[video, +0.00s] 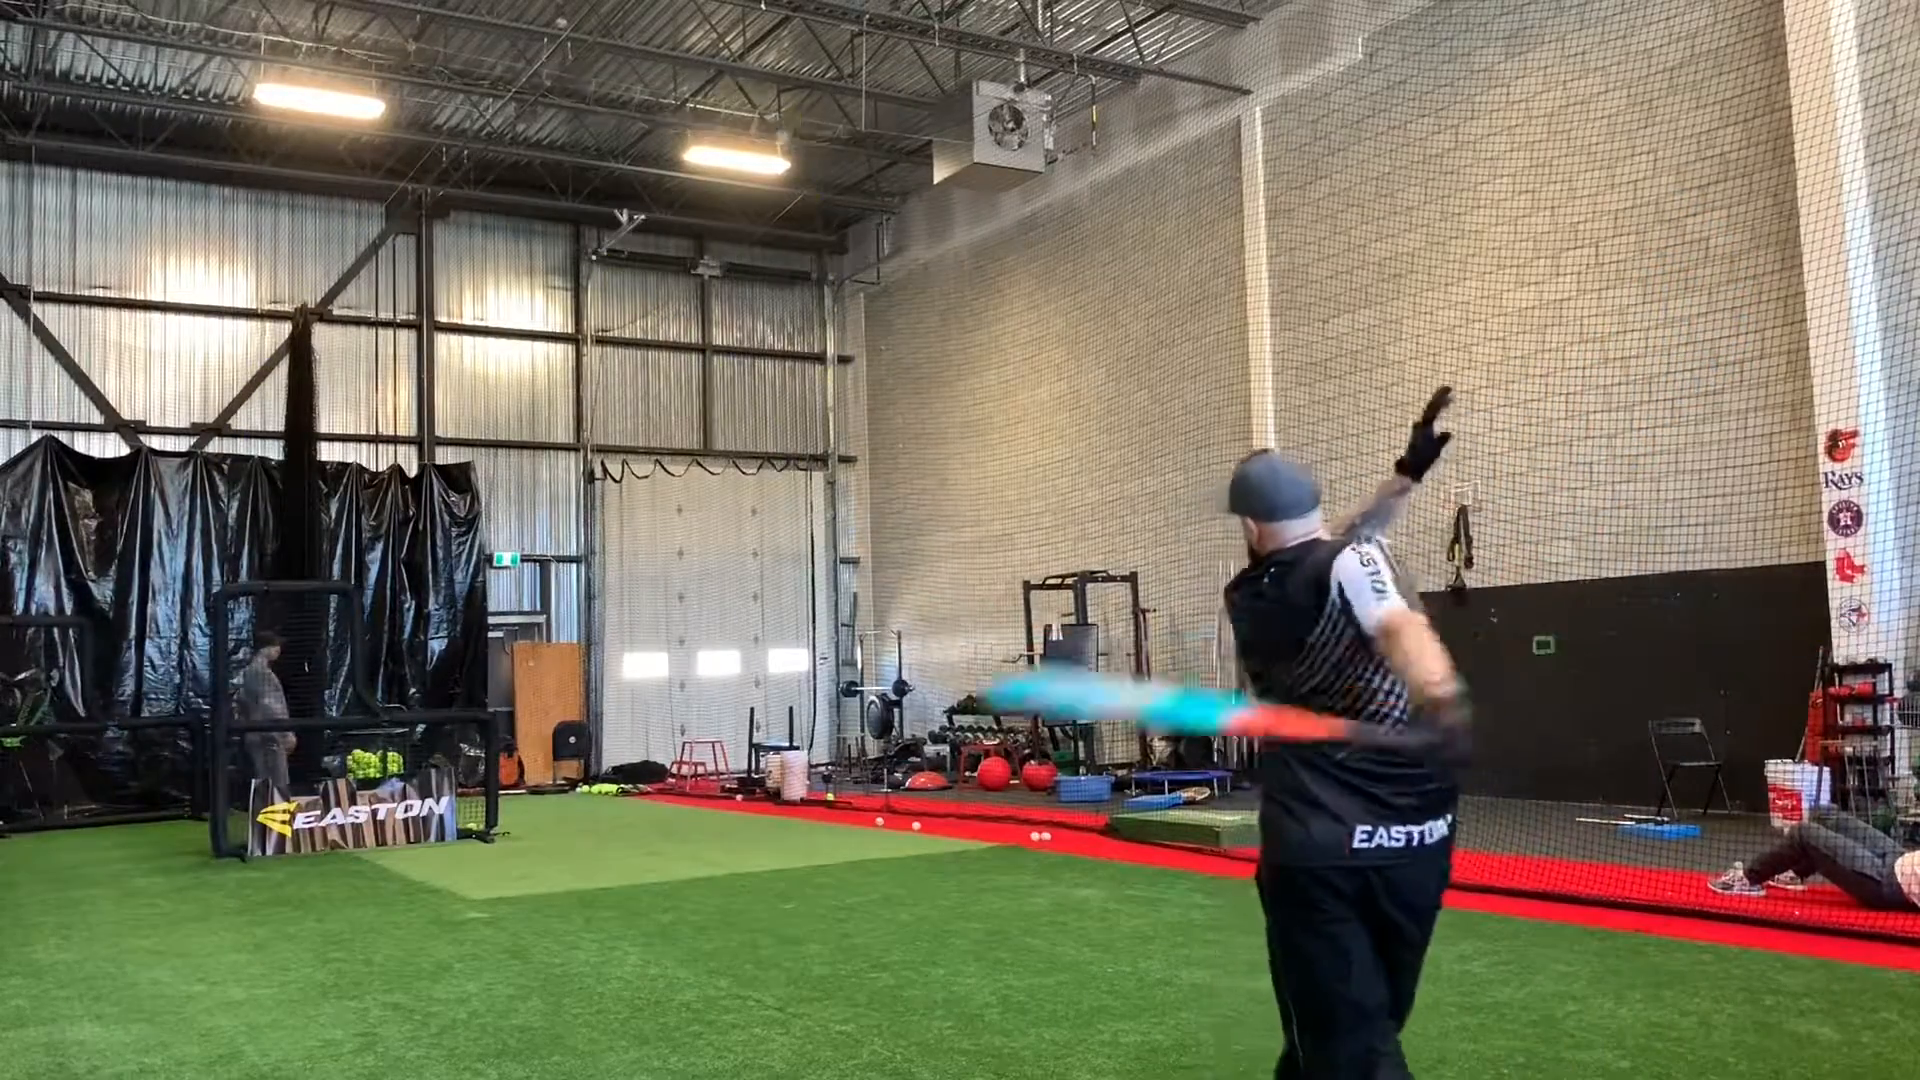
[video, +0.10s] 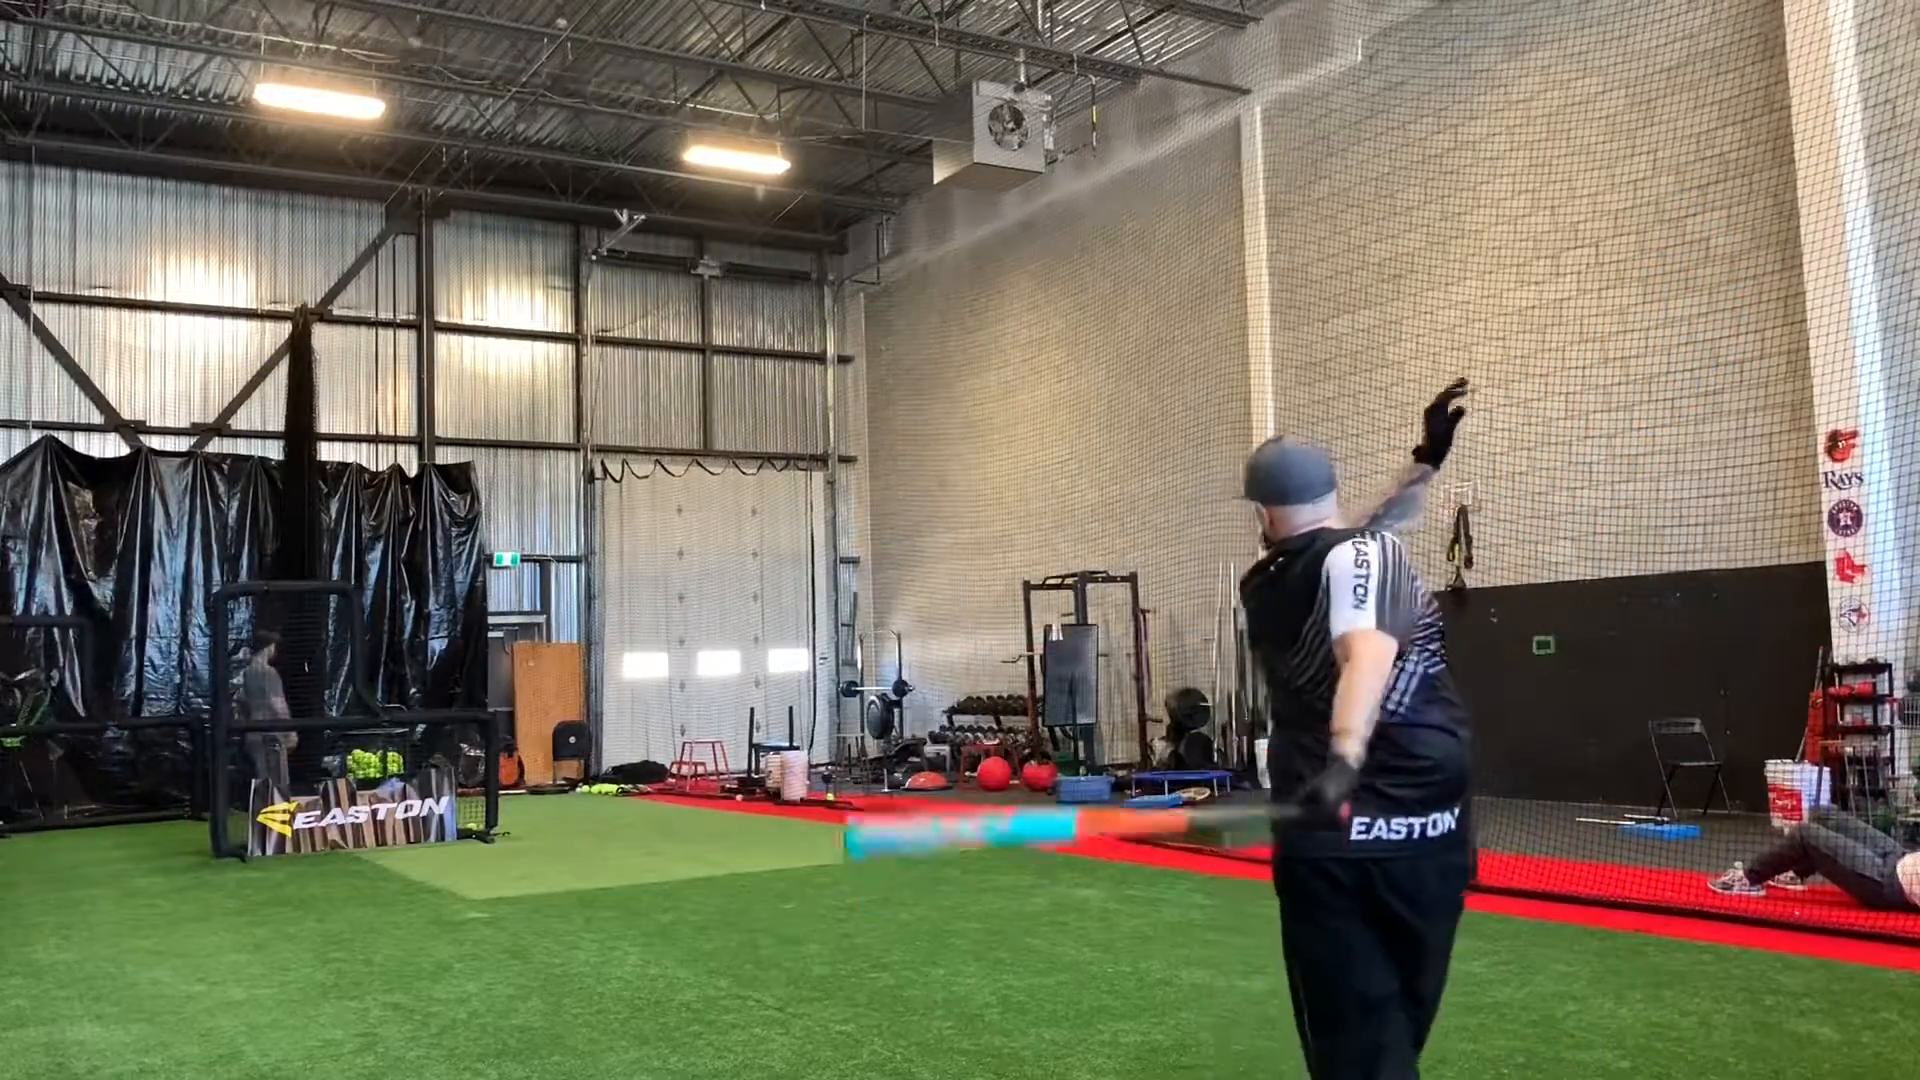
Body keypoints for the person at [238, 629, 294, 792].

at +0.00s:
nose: (278, 652)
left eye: (278, 648)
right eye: (276, 648)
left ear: (262, 649)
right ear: (267, 648)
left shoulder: (249, 671)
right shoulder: (262, 672)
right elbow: (272, 705)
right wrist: (286, 732)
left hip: (255, 731)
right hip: (269, 732)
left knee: (263, 778)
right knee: (278, 778)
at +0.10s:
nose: (274, 651)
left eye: (274, 647)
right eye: (273, 647)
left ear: (257, 648)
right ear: (267, 648)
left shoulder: (246, 672)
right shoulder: (269, 672)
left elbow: (240, 700)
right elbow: (278, 704)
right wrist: (289, 731)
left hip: (253, 726)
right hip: (273, 724)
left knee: (261, 772)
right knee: (280, 773)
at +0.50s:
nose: (278, 649)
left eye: (277, 645)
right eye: (275, 645)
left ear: (257, 647)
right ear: (268, 647)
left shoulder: (248, 671)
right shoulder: (269, 673)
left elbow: (242, 698)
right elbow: (276, 705)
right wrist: (290, 730)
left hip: (252, 726)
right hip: (270, 726)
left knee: (260, 773)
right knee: (276, 773)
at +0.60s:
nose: (278, 649)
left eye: (278, 644)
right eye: (276, 645)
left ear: (260, 646)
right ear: (269, 646)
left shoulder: (252, 669)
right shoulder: (264, 670)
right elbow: (270, 707)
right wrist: (284, 737)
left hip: (253, 732)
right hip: (265, 734)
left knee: (262, 781)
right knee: (275, 781)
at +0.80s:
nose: (279, 651)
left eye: (279, 647)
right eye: (278, 646)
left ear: (265, 647)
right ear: (270, 647)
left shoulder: (262, 669)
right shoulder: (260, 670)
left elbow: (273, 707)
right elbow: (260, 709)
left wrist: (280, 733)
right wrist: (272, 734)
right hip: (262, 737)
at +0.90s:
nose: (277, 654)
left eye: (277, 650)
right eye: (275, 650)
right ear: (270, 649)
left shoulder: (270, 673)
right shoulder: (254, 672)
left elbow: (274, 706)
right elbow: (248, 704)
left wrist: (281, 731)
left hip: (273, 737)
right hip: (258, 737)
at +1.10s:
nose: (276, 655)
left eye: (277, 651)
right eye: (275, 650)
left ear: (269, 652)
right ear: (267, 650)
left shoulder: (269, 672)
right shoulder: (246, 671)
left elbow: (273, 705)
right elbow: (234, 705)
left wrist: (281, 733)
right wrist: (235, 736)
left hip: (269, 731)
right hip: (252, 731)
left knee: (266, 779)